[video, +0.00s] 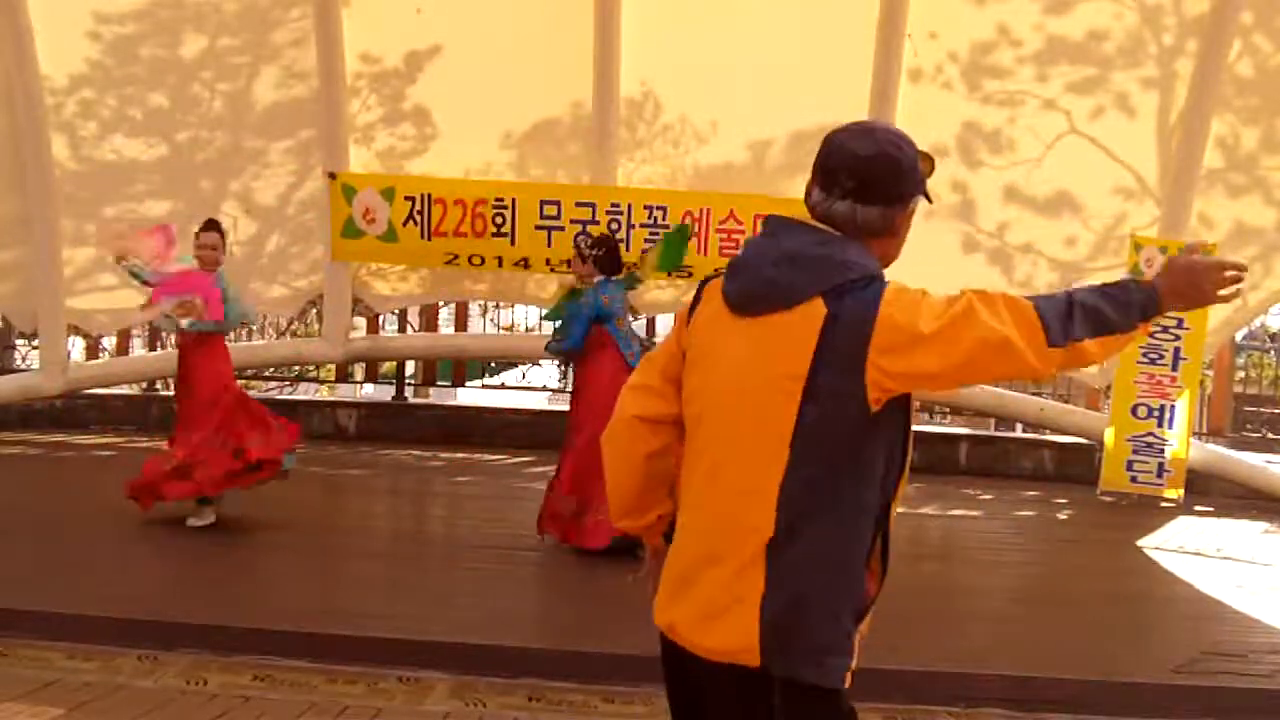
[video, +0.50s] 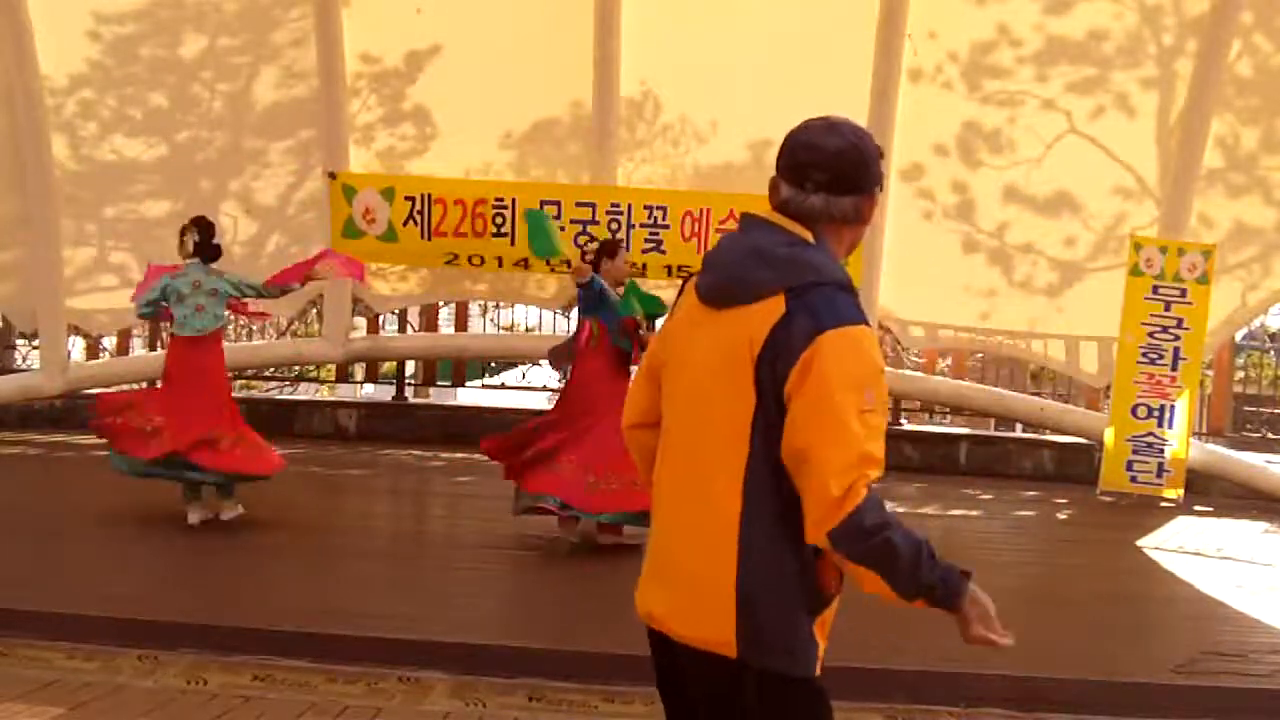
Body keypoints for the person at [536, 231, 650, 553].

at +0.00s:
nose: (573, 264)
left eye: (578, 260)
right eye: (575, 259)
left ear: (593, 263)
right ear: (606, 263)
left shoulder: (588, 296)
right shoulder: (617, 289)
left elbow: (571, 341)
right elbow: (638, 276)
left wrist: (553, 346)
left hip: (599, 376)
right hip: (626, 372)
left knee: (590, 447)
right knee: (615, 445)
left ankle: (592, 526)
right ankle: (616, 525)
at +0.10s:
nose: (581, 267)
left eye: (587, 262)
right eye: (582, 261)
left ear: (605, 267)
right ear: (593, 264)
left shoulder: (612, 296)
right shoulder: (589, 291)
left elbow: (597, 340)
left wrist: (554, 349)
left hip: (612, 378)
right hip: (591, 375)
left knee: (594, 447)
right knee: (585, 446)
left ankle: (597, 527)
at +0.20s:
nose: (589, 268)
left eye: (597, 262)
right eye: (589, 262)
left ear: (617, 266)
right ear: (593, 264)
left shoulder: (623, 303)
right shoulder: (589, 294)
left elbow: (611, 346)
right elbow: (556, 285)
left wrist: (561, 351)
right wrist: (513, 277)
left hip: (614, 381)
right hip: (587, 378)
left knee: (595, 449)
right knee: (576, 446)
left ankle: (597, 527)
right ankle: (567, 522)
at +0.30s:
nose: (605, 264)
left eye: (613, 259)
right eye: (601, 257)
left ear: (625, 265)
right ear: (594, 260)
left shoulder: (630, 303)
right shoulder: (580, 290)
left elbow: (639, 343)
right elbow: (541, 281)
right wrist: (497, 277)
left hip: (616, 383)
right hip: (580, 380)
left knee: (607, 447)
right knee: (570, 444)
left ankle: (608, 520)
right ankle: (562, 519)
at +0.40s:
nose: (626, 265)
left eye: (628, 259)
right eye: (619, 259)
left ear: (629, 262)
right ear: (598, 261)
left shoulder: (632, 295)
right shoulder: (585, 286)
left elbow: (652, 339)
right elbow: (557, 281)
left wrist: (635, 342)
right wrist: (526, 276)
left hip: (615, 369)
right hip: (581, 366)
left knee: (612, 439)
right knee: (573, 437)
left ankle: (607, 517)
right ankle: (563, 519)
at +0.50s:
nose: (629, 267)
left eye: (628, 262)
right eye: (624, 261)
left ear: (613, 265)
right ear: (606, 263)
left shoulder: (622, 299)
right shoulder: (596, 291)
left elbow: (636, 341)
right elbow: (586, 280)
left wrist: (643, 334)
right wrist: (581, 270)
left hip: (614, 379)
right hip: (593, 379)